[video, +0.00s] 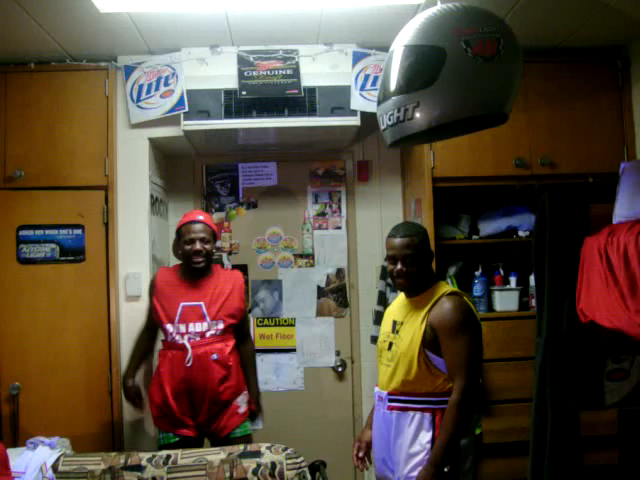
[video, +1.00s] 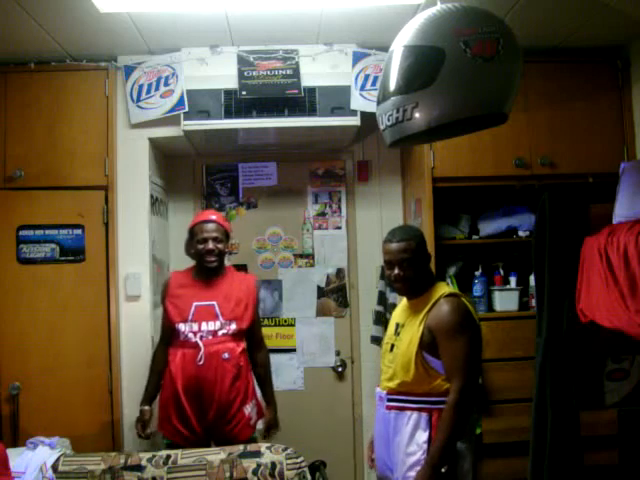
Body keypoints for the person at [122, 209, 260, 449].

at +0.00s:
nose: (197, 248)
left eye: (204, 241)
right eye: (189, 242)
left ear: (214, 245)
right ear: (177, 247)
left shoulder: (233, 280)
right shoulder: (162, 280)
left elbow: (243, 339)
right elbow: (150, 331)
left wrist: (253, 393)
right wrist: (129, 375)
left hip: (226, 399)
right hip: (175, 401)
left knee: (240, 472)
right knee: (175, 477)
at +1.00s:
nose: (210, 247)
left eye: (217, 240)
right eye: (202, 241)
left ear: (228, 245)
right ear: (190, 247)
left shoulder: (246, 284)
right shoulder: (175, 284)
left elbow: (257, 347)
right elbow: (165, 345)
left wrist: (270, 405)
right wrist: (146, 403)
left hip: (233, 409)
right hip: (182, 410)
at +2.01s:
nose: (206, 247)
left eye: (213, 240)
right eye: (198, 241)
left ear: (223, 245)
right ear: (186, 247)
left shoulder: (243, 285)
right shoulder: (171, 285)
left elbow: (256, 350)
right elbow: (161, 350)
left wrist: (263, 413)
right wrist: (155, 412)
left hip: (234, 409)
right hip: (181, 409)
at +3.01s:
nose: (186, 240)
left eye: (194, 234)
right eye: (180, 237)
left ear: (211, 240)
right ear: (176, 247)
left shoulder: (238, 287)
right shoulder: (167, 290)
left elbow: (251, 354)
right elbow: (161, 355)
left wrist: (247, 415)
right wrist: (157, 418)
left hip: (226, 416)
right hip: (176, 417)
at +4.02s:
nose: (186, 242)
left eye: (194, 236)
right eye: (180, 239)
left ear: (210, 242)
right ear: (176, 247)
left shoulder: (237, 287)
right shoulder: (166, 290)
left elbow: (251, 354)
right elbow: (159, 355)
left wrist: (245, 416)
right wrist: (157, 418)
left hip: (225, 415)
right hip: (176, 416)